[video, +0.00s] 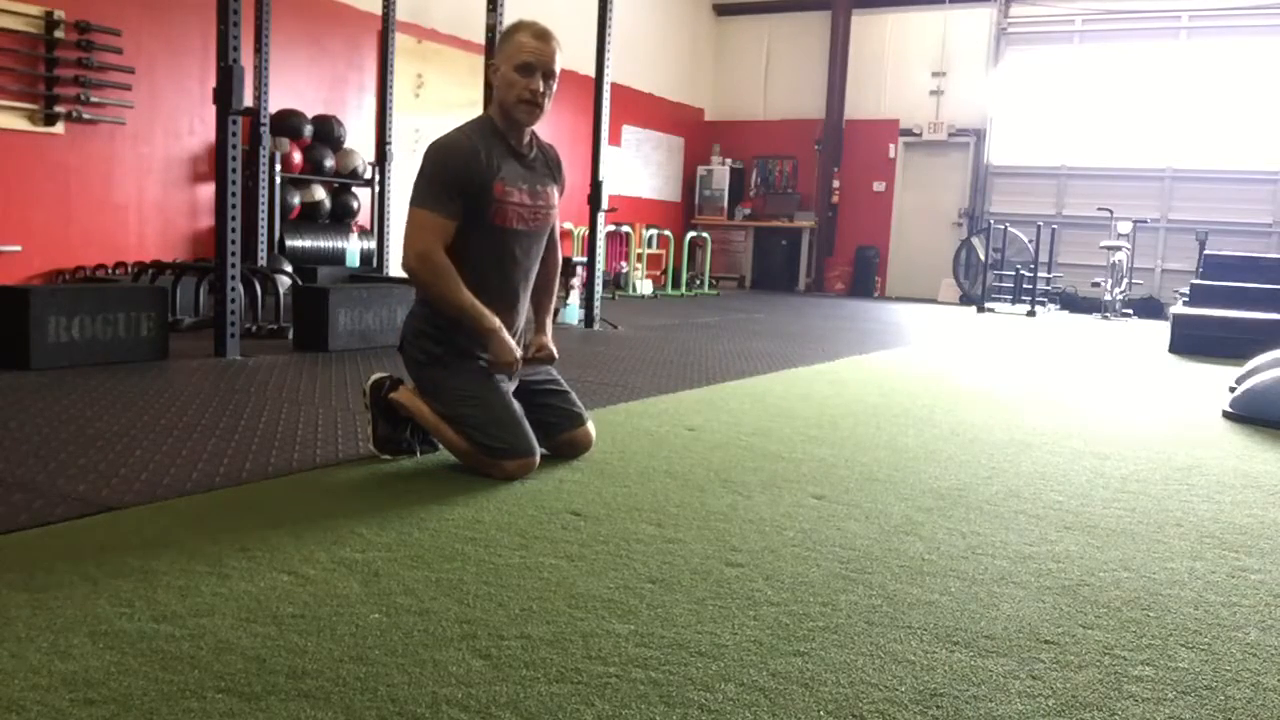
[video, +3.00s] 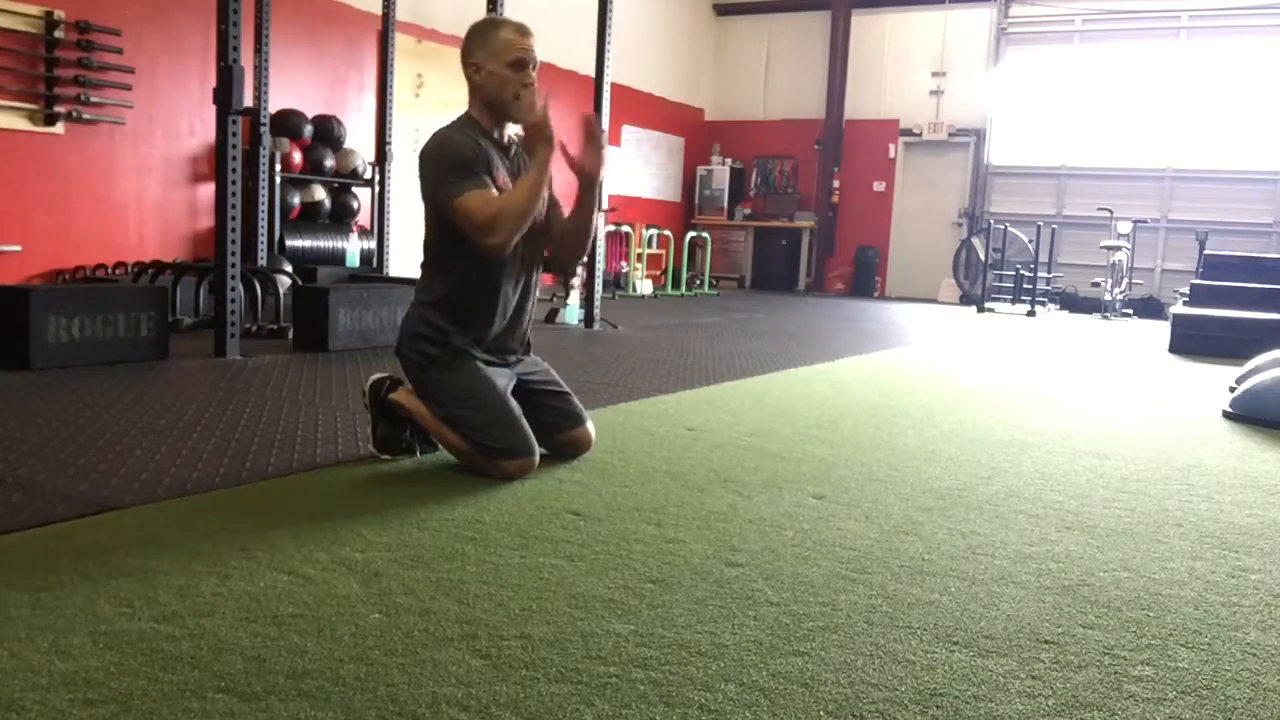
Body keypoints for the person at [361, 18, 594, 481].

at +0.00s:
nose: (538, 87)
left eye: (549, 77)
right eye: (525, 70)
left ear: (556, 87)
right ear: (493, 72)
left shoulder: (548, 160)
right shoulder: (456, 152)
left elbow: (549, 247)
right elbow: (420, 256)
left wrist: (543, 328)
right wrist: (493, 330)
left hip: (513, 338)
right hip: (447, 345)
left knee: (573, 439)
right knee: (514, 463)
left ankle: (445, 411)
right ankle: (398, 399)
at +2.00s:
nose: (562, 78)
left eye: (572, 68)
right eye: (549, 63)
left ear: (579, 80)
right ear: (518, 68)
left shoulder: (573, 162)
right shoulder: (485, 145)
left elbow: (565, 258)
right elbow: (466, 255)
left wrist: (568, 342)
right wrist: (525, 349)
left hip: (518, 336)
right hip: (455, 337)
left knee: (574, 440)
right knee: (515, 463)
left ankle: (448, 407)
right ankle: (401, 396)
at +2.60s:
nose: (531, 79)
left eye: (536, 68)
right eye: (517, 64)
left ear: (540, 77)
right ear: (478, 71)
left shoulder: (537, 163)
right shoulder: (454, 151)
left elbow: (545, 257)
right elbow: (452, 253)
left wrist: (569, 343)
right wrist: (539, 302)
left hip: (506, 345)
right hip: (446, 347)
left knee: (574, 440)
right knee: (514, 462)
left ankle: (444, 411)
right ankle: (399, 400)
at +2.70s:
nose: (529, 79)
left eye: (532, 68)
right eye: (515, 65)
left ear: (535, 75)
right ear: (474, 71)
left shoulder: (531, 162)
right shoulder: (451, 150)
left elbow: (541, 261)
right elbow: (464, 253)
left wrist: (575, 337)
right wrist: (562, 252)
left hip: (507, 346)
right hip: (446, 349)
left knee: (575, 440)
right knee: (514, 463)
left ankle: (447, 406)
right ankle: (399, 399)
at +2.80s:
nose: (528, 78)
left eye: (531, 66)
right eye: (513, 65)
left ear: (534, 73)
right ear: (472, 71)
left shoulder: (528, 162)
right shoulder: (450, 150)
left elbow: (540, 252)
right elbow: (481, 246)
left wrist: (583, 304)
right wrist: (568, 198)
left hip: (508, 347)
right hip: (447, 349)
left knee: (573, 439)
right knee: (514, 463)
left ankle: (443, 410)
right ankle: (398, 399)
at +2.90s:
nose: (530, 80)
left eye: (532, 68)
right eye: (517, 66)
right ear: (474, 73)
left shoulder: (528, 161)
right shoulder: (452, 149)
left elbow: (546, 256)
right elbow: (490, 239)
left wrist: (594, 242)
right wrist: (553, 172)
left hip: (509, 347)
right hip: (447, 350)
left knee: (574, 439)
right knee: (514, 462)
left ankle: (442, 409)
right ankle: (400, 400)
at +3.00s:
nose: (531, 78)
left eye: (534, 66)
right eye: (518, 65)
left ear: (537, 73)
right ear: (475, 71)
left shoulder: (521, 155)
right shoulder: (450, 147)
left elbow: (565, 253)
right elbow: (495, 234)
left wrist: (590, 184)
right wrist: (540, 158)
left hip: (508, 346)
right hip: (447, 348)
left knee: (573, 439)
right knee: (514, 462)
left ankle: (443, 411)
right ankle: (398, 400)